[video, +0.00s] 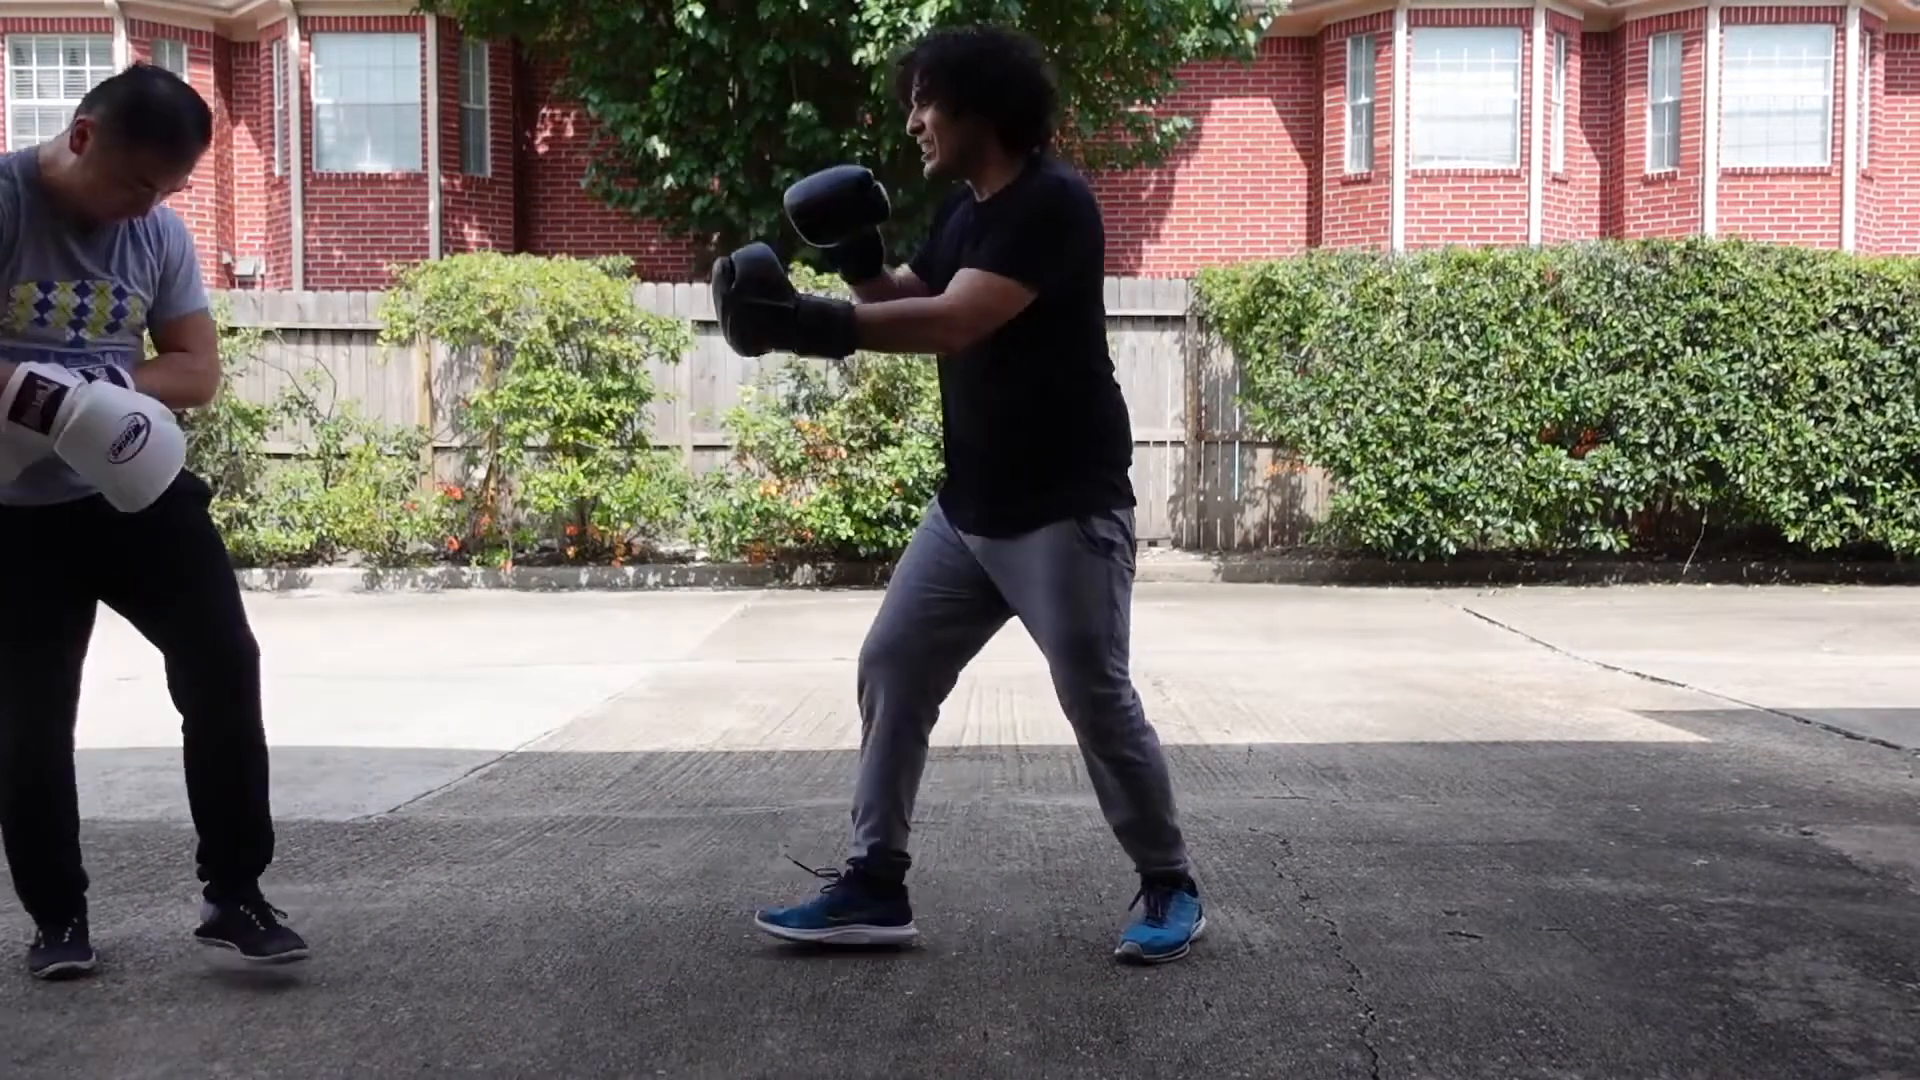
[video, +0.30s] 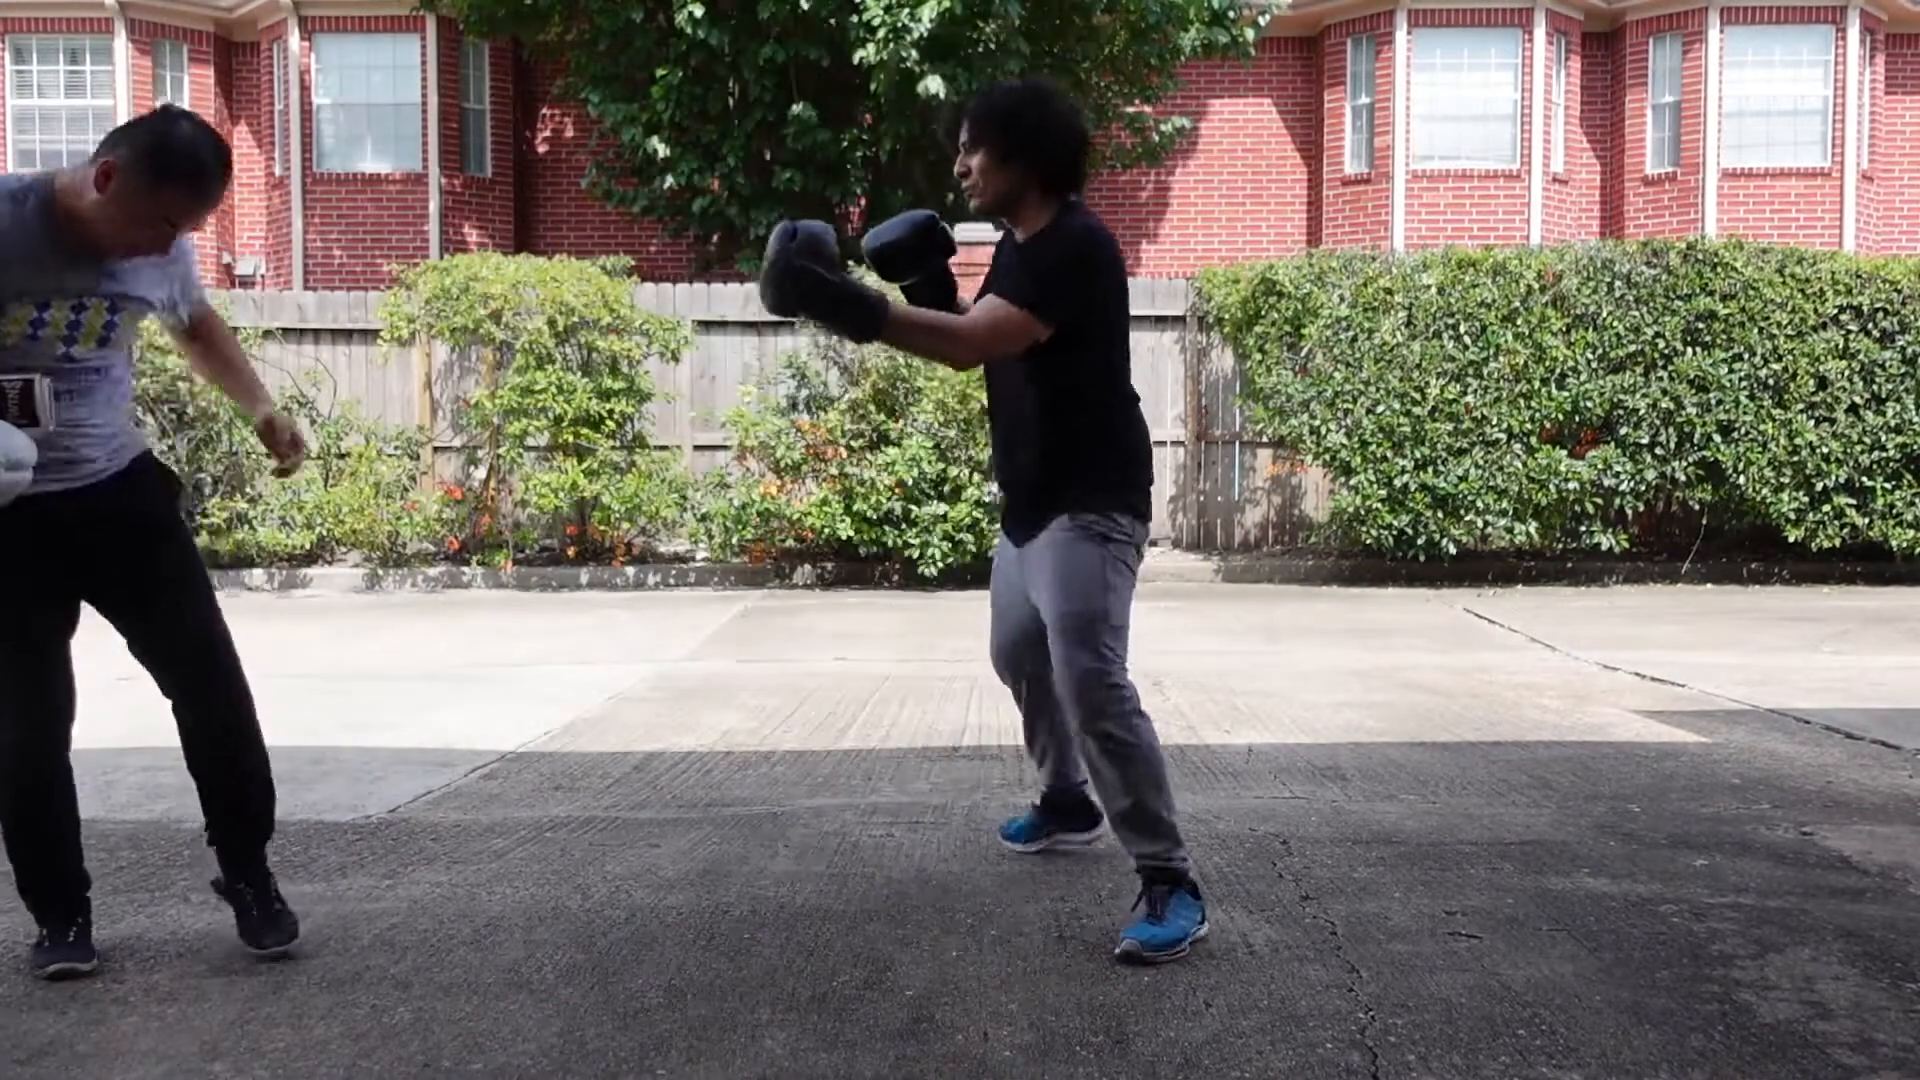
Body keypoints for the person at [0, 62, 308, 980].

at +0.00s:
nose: (148, 204)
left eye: (164, 189)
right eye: (137, 182)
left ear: (180, 174)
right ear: (82, 134)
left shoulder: (159, 234)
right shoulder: (9, 202)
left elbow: (200, 369)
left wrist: (126, 382)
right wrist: (16, 394)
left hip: (137, 497)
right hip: (21, 509)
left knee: (225, 665)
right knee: (30, 723)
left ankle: (234, 894)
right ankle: (58, 918)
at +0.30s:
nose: (160, 248)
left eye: (176, 234)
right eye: (154, 227)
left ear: (192, 210)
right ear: (104, 177)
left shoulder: (157, 250)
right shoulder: (9, 219)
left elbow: (199, 328)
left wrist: (264, 411)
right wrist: (2, 397)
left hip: (120, 495)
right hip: (13, 512)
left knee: (209, 679)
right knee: (25, 730)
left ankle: (246, 869)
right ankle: (60, 916)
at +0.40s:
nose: (197, 277)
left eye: (210, 263)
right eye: (194, 256)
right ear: (142, 207)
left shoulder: (170, 295)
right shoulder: (16, 232)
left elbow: (197, 403)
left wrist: (257, 517)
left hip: (96, 469)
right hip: (5, 499)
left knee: (208, 583)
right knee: (18, 721)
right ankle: (70, 912)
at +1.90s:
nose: (156, 341)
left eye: (171, 333)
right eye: (150, 325)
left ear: (202, 307)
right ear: (117, 264)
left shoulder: (199, 294)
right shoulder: (16, 269)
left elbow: (215, 399)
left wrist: (252, 512)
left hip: (128, 497)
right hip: (18, 510)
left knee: (213, 658)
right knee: (13, 709)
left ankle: (207, 873)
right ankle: (45, 910)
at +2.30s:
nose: (232, 220)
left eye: (250, 205)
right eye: (221, 201)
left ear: (269, 186)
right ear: (172, 146)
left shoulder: (265, 214)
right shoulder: (57, 204)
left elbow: (330, 348)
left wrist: (217, 377)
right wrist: (30, 428)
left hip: (190, 501)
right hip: (59, 503)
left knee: (206, 714)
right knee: (55, 718)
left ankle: (174, 922)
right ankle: (18, 945)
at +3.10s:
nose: (351, 209)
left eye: (363, 191)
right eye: (352, 183)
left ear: (293, 145)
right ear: (290, 140)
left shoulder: (249, 215)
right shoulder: (144, 203)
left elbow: (257, 323)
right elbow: (21, 332)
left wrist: (245, 405)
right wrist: (131, 431)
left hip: (126, 479)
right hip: (36, 476)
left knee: (173, 709)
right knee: (63, 732)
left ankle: (164, 937)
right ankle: (40, 1011)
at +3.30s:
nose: (412, 188)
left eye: (421, 164)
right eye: (413, 161)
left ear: (351, 139)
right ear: (362, 142)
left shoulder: (277, 215)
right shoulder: (233, 207)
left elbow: (232, 339)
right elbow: (115, 353)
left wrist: (270, 412)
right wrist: (216, 429)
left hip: (157, 490)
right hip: (88, 489)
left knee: (214, 727)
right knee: (112, 739)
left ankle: (261, 949)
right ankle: (46, 1017)